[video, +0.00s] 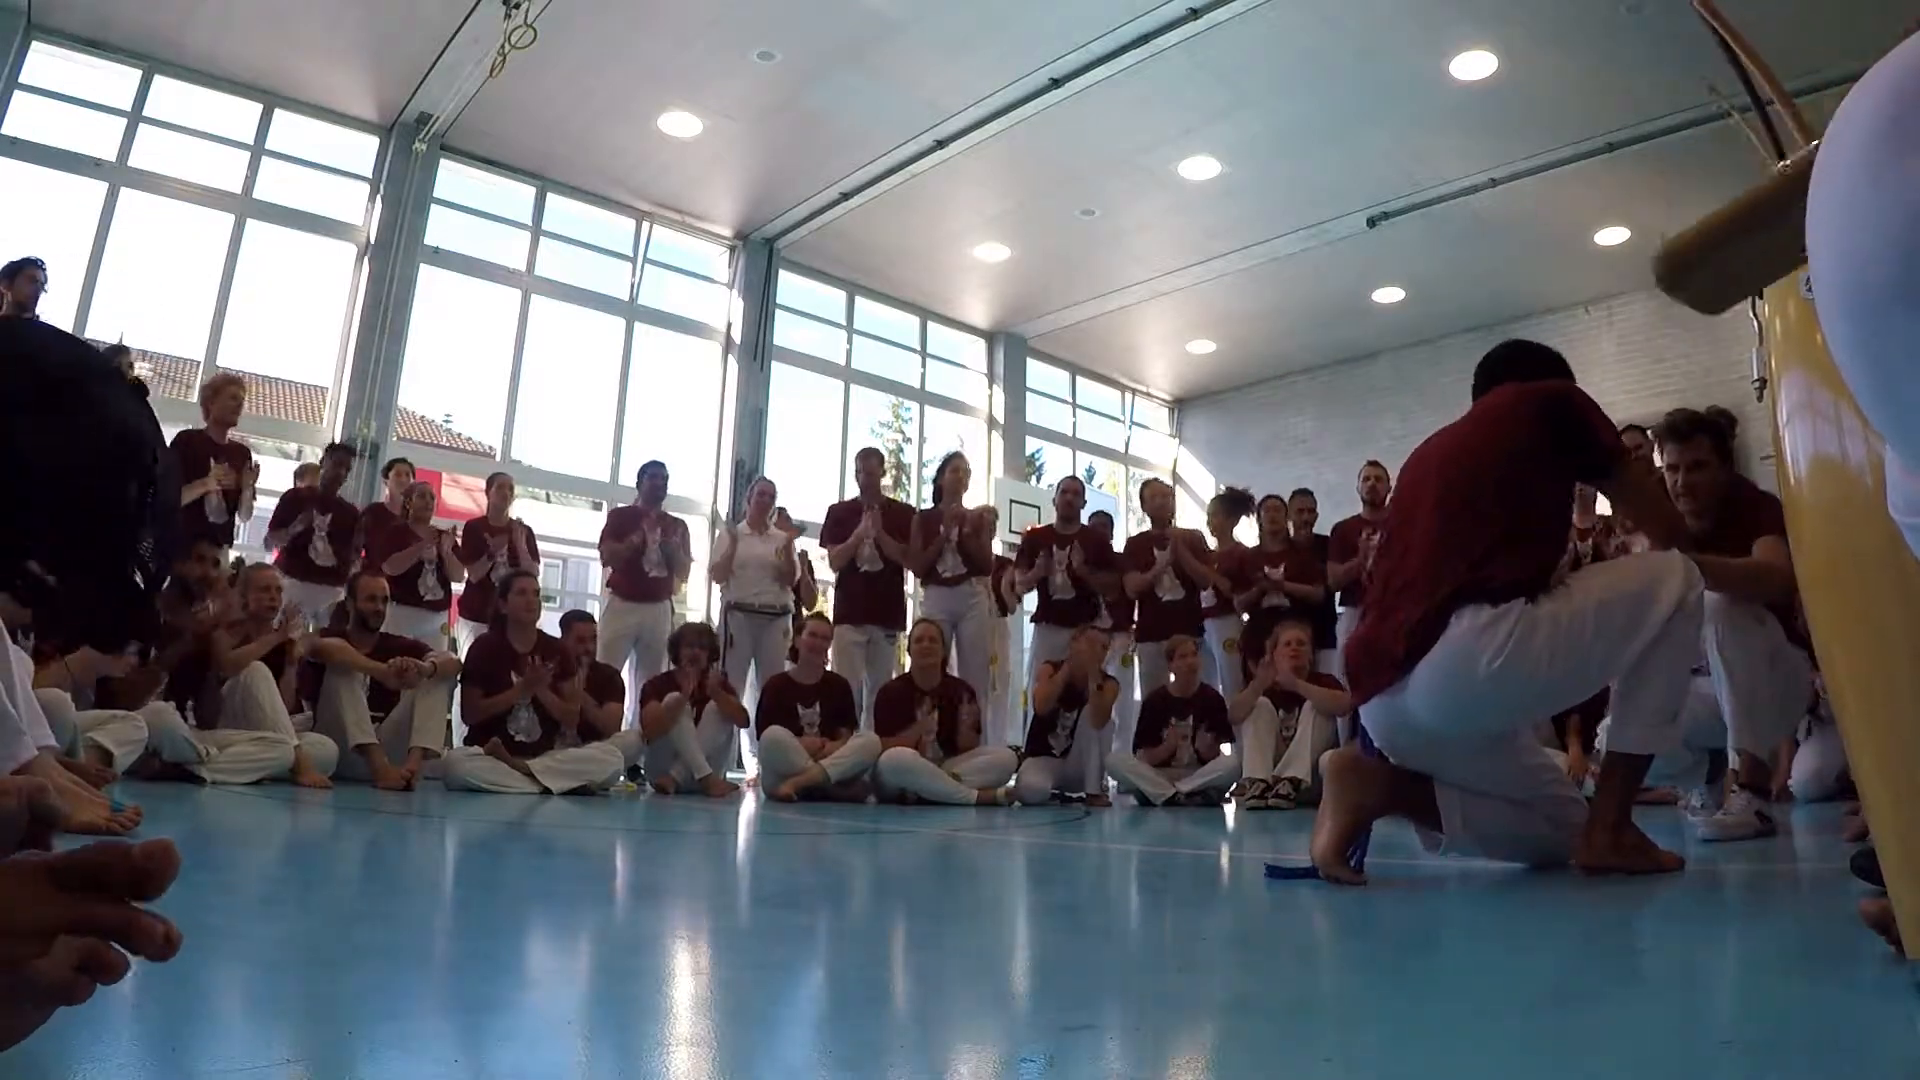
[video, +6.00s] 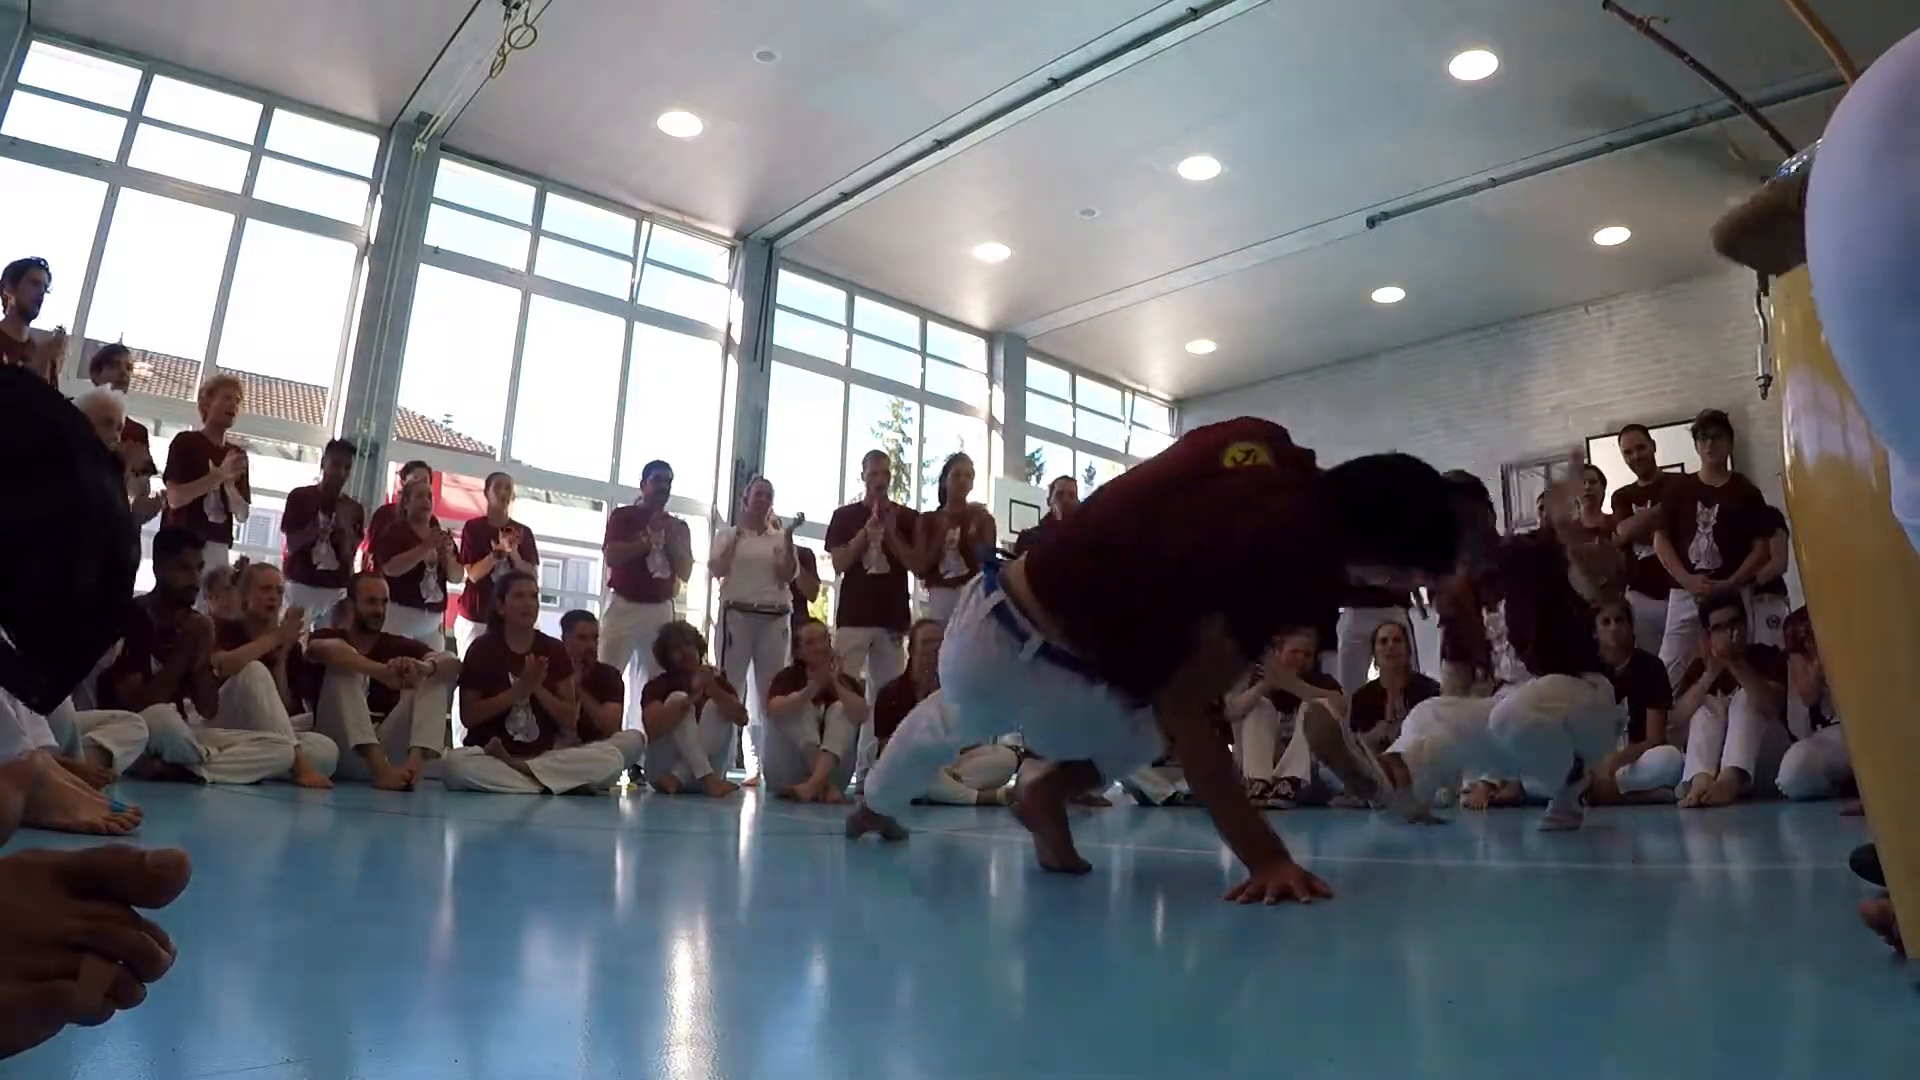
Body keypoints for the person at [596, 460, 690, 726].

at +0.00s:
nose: (658, 484)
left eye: (663, 479)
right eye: (652, 478)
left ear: (667, 486)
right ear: (639, 483)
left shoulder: (677, 525)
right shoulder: (619, 516)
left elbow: (683, 573)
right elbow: (607, 557)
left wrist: (673, 550)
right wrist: (631, 543)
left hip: (658, 610)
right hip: (621, 607)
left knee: (651, 687)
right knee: (605, 681)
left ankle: (645, 750)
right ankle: (598, 746)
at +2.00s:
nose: (660, 484)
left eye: (665, 480)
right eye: (654, 479)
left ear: (669, 486)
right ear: (640, 484)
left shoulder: (678, 525)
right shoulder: (621, 517)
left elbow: (685, 572)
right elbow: (612, 558)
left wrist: (671, 544)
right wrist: (644, 543)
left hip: (660, 609)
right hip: (623, 606)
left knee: (653, 685)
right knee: (607, 680)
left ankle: (646, 748)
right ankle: (599, 746)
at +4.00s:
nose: (658, 485)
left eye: (663, 481)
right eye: (652, 480)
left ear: (667, 487)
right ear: (639, 484)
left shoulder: (676, 525)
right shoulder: (619, 517)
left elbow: (684, 572)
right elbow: (610, 557)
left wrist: (670, 539)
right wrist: (646, 540)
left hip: (659, 609)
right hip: (622, 607)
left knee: (652, 684)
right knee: (605, 678)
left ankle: (645, 746)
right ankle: (597, 744)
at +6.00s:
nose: (663, 486)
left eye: (668, 481)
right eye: (657, 479)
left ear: (671, 487)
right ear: (643, 484)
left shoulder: (678, 526)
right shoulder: (622, 516)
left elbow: (685, 573)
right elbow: (612, 556)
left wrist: (671, 544)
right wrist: (646, 543)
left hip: (660, 610)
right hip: (623, 608)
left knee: (657, 687)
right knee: (605, 681)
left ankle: (654, 752)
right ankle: (598, 748)